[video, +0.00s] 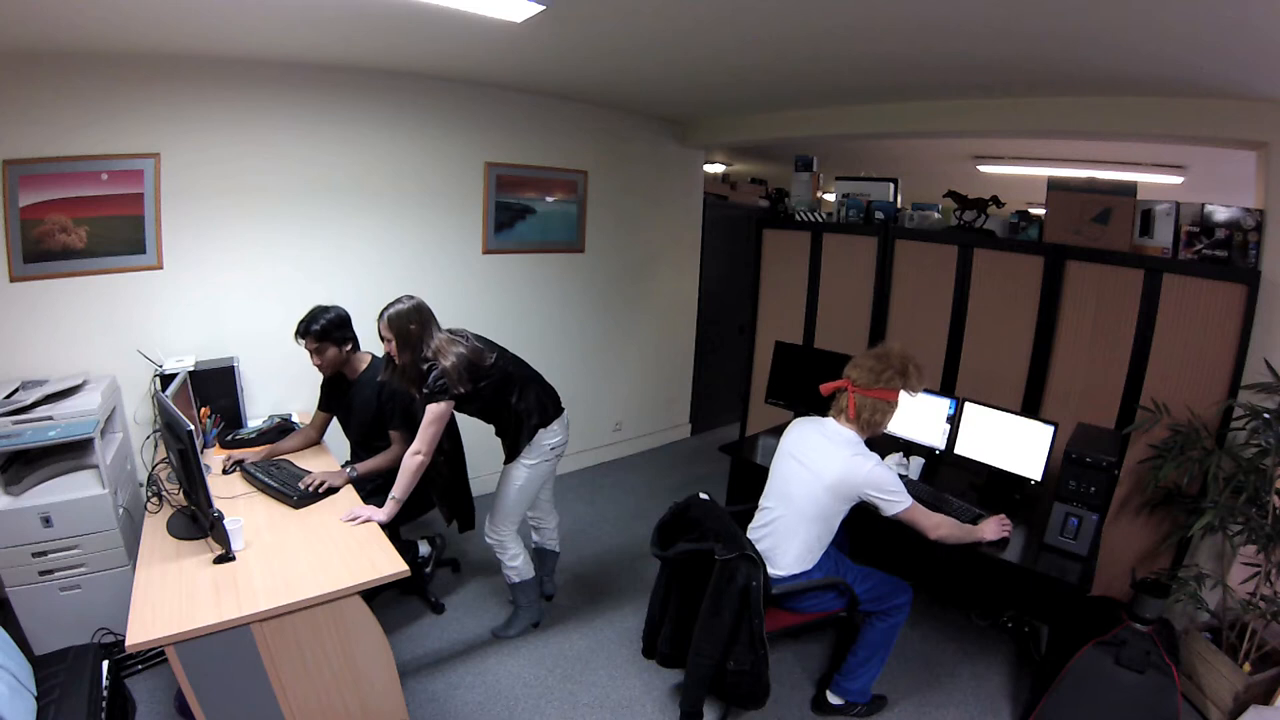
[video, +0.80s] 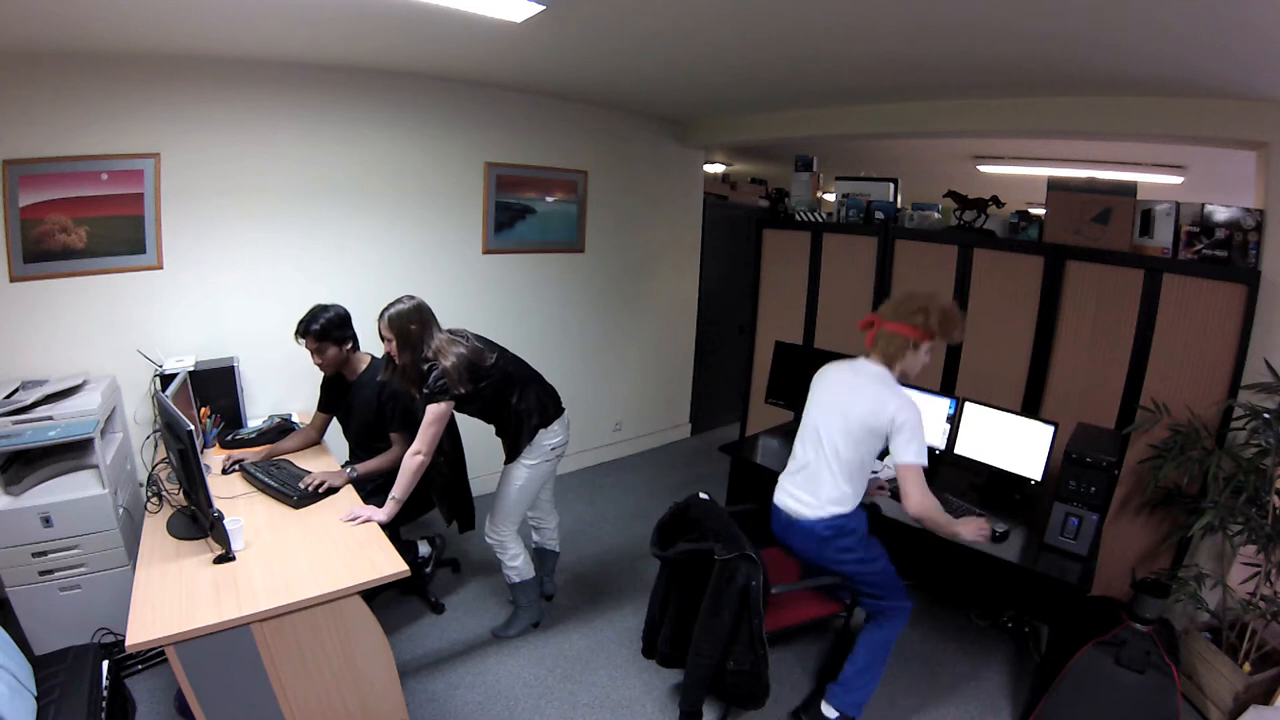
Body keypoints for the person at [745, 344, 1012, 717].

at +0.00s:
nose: (891, 418)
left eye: (892, 410)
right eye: (892, 411)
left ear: (843, 398)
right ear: (883, 415)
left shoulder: (798, 426)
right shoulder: (867, 467)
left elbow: (815, 478)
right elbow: (934, 527)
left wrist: (873, 472)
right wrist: (980, 531)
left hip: (748, 552)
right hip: (787, 576)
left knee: (837, 541)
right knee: (896, 596)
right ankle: (843, 695)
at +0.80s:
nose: (930, 361)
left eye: (932, 352)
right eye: (931, 351)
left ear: (882, 335)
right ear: (917, 347)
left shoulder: (829, 373)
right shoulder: (900, 406)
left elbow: (815, 449)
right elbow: (917, 504)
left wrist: (862, 481)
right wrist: (957, 528)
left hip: (784, 511)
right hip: (827, 529)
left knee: (856, 519)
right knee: (893, 605)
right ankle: (836, 708)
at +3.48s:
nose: (1003, 324)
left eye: (1009, 313)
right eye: (1002, 310)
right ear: (974, 287)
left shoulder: (965, 338)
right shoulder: (910, 350)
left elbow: (980, 418)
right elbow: (918, 481)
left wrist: (1018, 488)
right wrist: (968, 581)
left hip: (936, 509)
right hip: (897, 519)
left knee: (908, 615)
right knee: (869, 653)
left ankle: (873, 688)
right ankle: (834, 714)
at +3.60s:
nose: (1001, 332)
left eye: (1007, 321)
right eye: (1000, 318)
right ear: (973, 295)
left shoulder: (965, 345)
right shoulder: (909, 355)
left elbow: (988, 424)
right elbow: (932, 485)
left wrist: (1041, 489)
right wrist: (998, 581)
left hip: (930, 527)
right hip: (891, 533)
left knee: (916, 629)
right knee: (874, 688)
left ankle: (881, 694)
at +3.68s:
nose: (998, 333)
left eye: (1005, 322)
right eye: (996, 319)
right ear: (966, 296)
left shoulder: (960, 345)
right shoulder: (905, 356)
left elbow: (974, 424)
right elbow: (911, 487)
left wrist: (1015, 493)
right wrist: (951, 587)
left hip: (942, 515)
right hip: (899, 528)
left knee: (914, 623)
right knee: (876, 679)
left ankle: (881, 697)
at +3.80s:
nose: (999, 330)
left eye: (1006, 319)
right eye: (998, 316)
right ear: (971, 293)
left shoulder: (959, 339)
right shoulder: (904, 356)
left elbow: (965, 420)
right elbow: (897, 487)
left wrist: (994, 492)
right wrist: (924, 588)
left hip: (946, 512)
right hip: (907, 522)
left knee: (915, 615)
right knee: (874, 652)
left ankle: (878, 689)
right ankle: (838, 713)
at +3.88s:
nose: (1003, 326)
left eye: (1010, 314)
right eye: (1001, 312)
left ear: (979, 295)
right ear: (971, 289)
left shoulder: (962, 338)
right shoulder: (908, 352)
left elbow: (974, 417)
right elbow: (911, 481)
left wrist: (1016, 488)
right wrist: (961, 580)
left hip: (940, 508)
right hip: (899, 520)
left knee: (910, 615)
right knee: (870, 650)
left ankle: (873, 688)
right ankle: (835, 713)